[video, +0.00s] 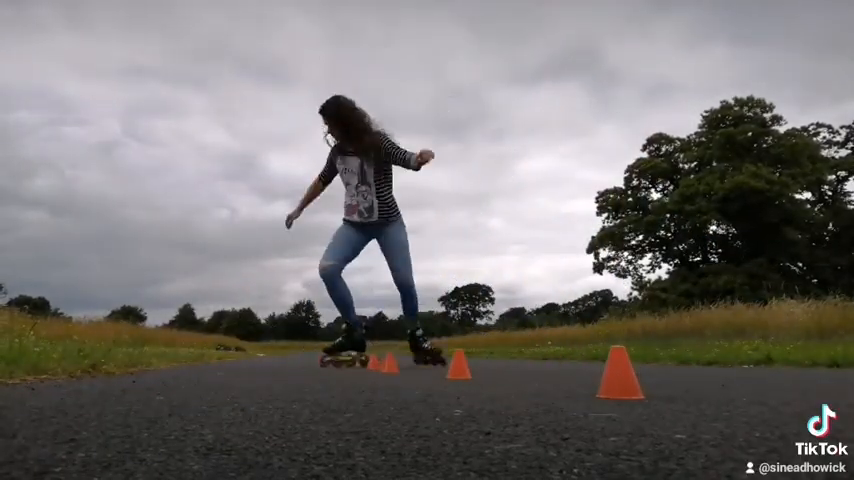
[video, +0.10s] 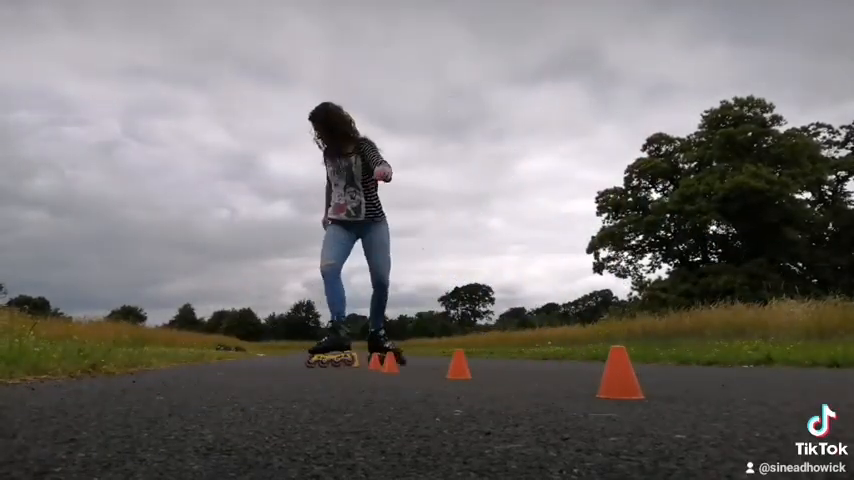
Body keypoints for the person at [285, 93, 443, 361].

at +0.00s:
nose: (328, 130)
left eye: (330, 124)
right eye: (327, 125)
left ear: (344, 122)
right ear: (339, 124)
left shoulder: (377, 142)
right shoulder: (338, 151)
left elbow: (402, 157)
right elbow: (322, 180)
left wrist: (418, 159)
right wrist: (299, 209)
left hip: (389, 223)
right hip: (355, 225)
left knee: (405, 282)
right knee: (328, 269)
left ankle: (416, 340)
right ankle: (355, 333)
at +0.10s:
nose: (321, 137)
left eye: (323, 132)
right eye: (318, 133)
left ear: (335, 127)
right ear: (319, 132)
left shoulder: (362, 146)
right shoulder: (329, 153)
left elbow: (379, 163)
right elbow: (330, 184)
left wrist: (383, 170)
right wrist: (327, 213)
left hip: (373, 221)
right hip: (341, 222)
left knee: (381, 279)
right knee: (329, 268)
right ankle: (338, 331)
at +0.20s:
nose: (312, 144)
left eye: (314, 139)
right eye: (310, 140)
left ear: (325, 134)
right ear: (315, 137)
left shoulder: (353, 152)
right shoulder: (322, 156)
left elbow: (358, 178)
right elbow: (324, 180)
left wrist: (352, 185)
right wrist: (332, 186)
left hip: (359, 225)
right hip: (330, 224)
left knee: (359, 281)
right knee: (322, 273)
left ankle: (346, 334)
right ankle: (315, 329)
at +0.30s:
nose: (302, 152)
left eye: (304, 147)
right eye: (300, 148)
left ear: (316, 143)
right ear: (309, 145)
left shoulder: (341, 162)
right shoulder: (315, 164)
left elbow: (331, 191)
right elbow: (322, 193)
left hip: (346, 231)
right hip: (319, 229)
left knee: (339, 283)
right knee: (311, 273)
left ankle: (322, 331)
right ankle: (308, 326)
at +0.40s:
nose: (292, 158)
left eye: (294, 153)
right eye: (290, 154)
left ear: (304, 149)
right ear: (298, 152)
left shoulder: (327, 170)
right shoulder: (305, 171)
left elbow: (303, 197)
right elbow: (311, 200)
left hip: (334, 232)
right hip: (308, 231)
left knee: (320, 282)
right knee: (300, 277)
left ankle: (307, 330)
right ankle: (296, 328)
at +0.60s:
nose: (272, 173)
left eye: (273, 168)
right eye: (270, 169)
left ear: (282, 166)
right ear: (287, 164)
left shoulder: (300, 184)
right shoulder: (289, 185)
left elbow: (271, 206)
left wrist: (236, 215)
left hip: (312, 242)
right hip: (290, 242)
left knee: (292, 286)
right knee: (278, 281)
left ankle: (277, 333)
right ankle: (270, 331)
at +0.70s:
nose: (267, 181)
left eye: (268, 176)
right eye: (265, 177)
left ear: (276, 174)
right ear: (281, 172)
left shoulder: (291, 190)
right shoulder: (283, 191)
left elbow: (262, 213)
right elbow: (301, 220)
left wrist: (228, 220)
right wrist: (315, 247)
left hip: (304, 247)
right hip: (284, 246)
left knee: (280, 290)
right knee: (267, 286)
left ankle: (267, 336)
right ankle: (258, 333)